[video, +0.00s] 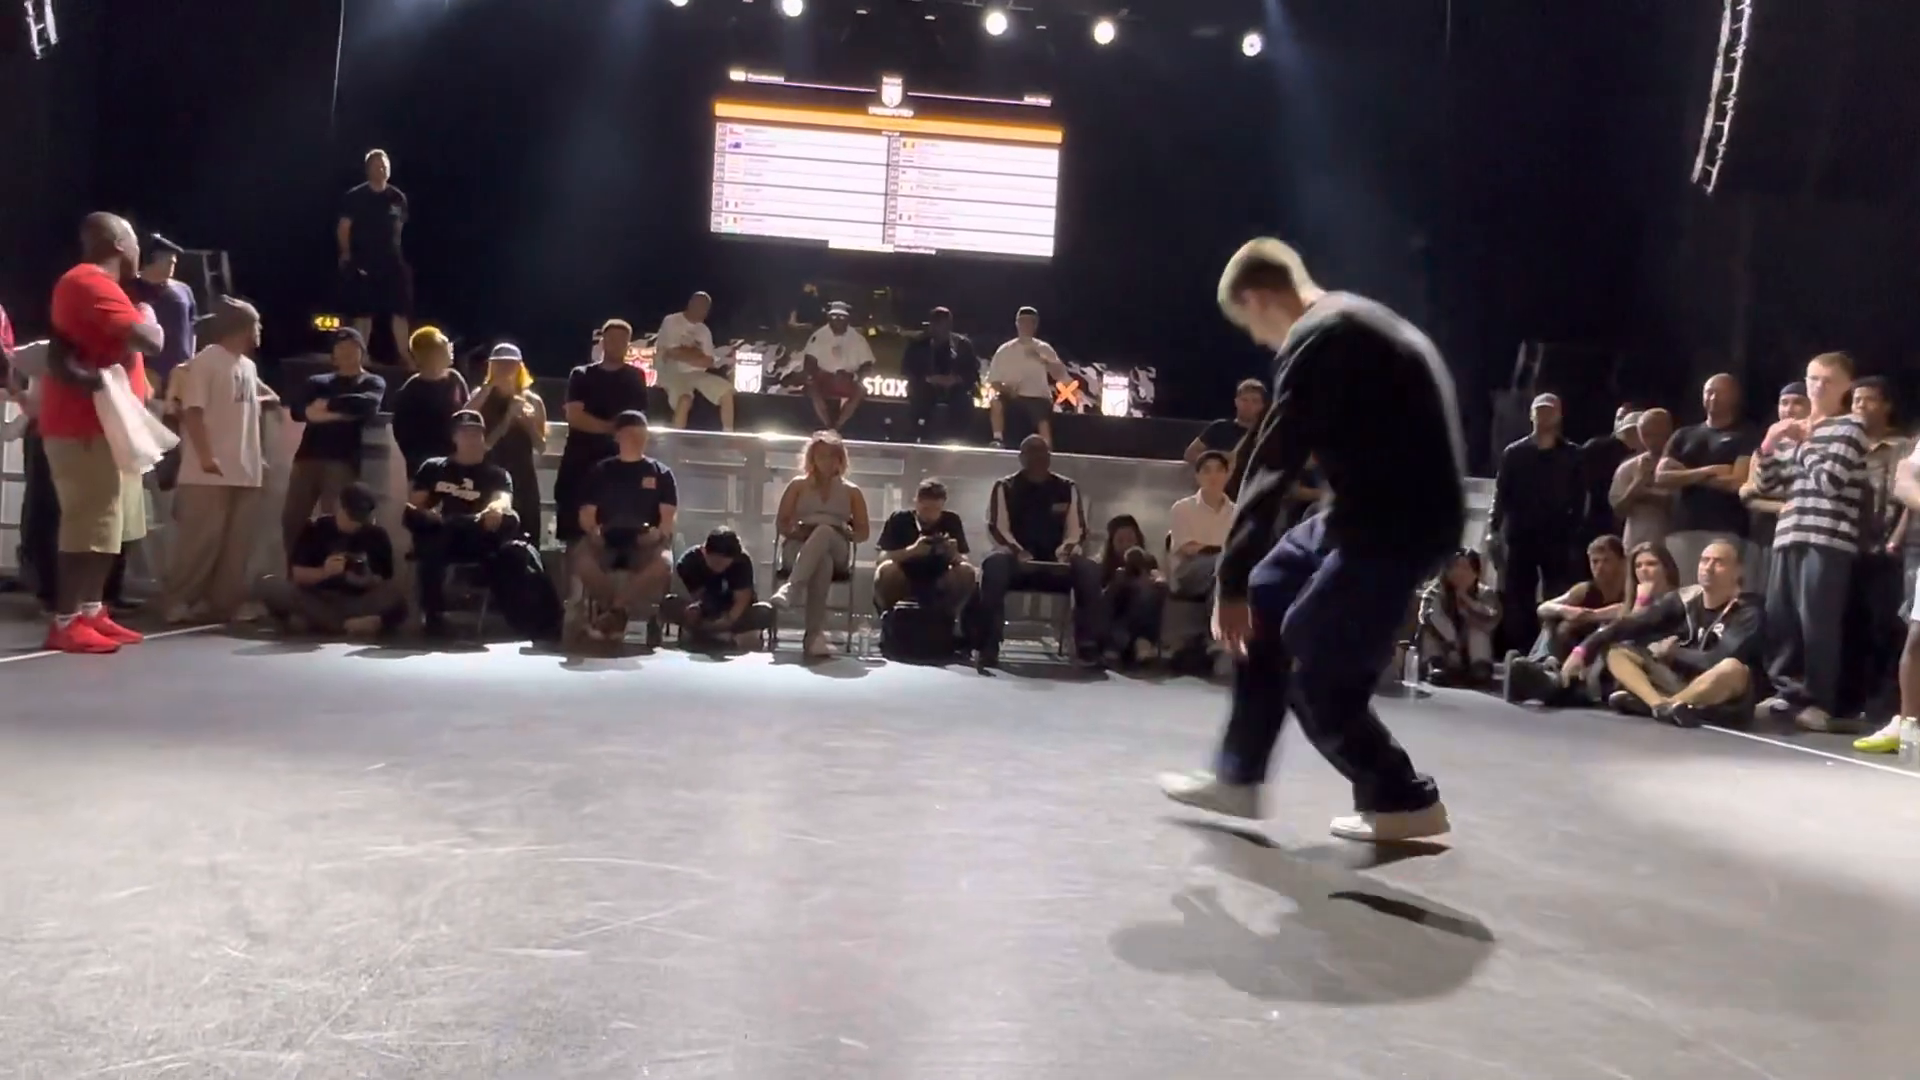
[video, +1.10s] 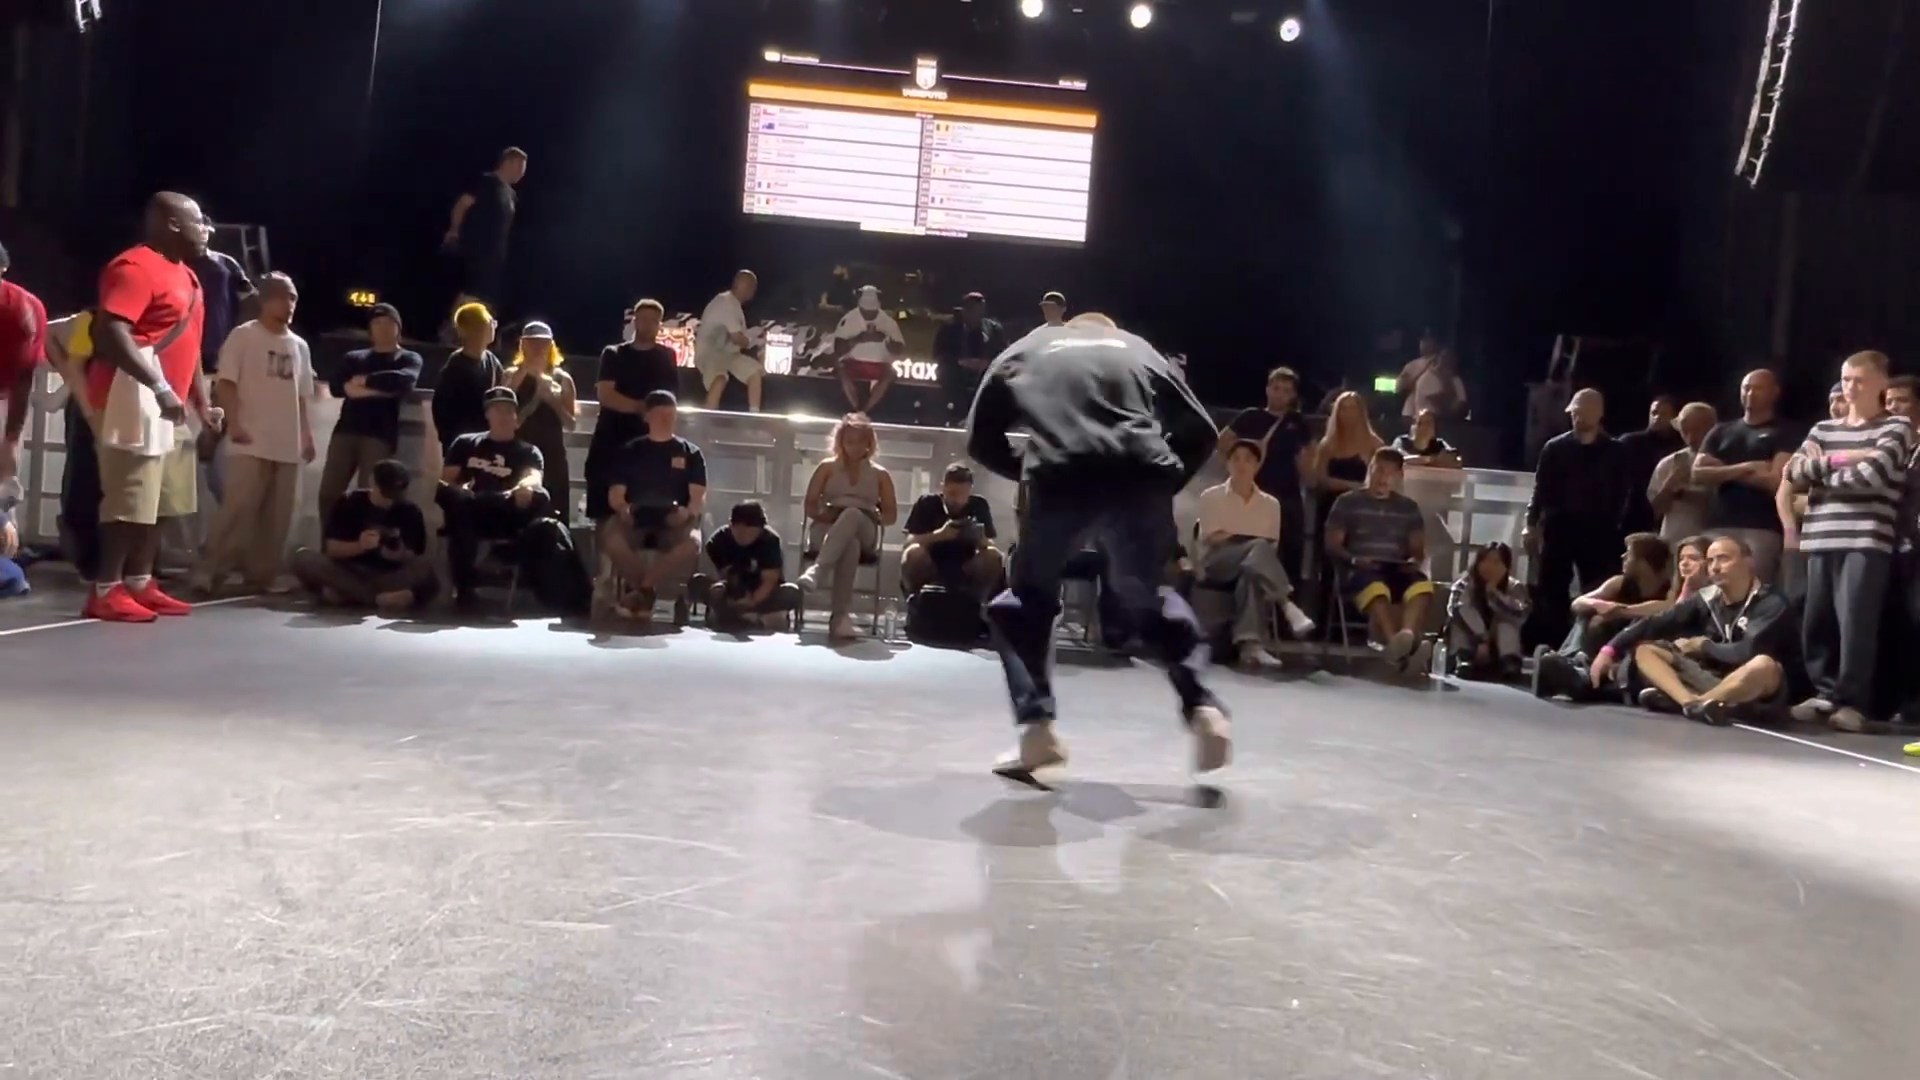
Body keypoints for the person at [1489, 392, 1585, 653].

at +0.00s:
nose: (1543, 416)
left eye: (1548, 411)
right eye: (1538, 411)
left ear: (1559, 416)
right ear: (1531, 416)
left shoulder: (1573, 454)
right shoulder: (1514, 453)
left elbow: (1580, 497)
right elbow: (1502, 493)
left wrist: (1574, 528)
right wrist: (1494, 527)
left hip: (1558, 536)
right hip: (1521, 536)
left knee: (1558, 598)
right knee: (1519, 598)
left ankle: (1557, 655)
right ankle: (1520, 654)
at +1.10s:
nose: (1577, 418)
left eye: (1583, 413)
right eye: (1574, 412)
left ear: (1598, 415)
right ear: (1570, 413)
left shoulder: (1615, 452)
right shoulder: (1554, 448)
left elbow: (1622, 494)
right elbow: (1540, 490)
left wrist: (1615, 526)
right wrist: (1531, 525)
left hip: (1598, 532)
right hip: (1559, 531)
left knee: (1599, 596)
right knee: (1552, 595)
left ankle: (1597, 655)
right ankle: (1550, 651)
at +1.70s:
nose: (1614, 410)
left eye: (1621, 406)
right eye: (1611, 405)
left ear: (1634, 410)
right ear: (1604, 407)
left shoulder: (1645, 449)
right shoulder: (1585, 442)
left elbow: (1648, 494)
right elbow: (1567, 483)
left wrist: (1640, 529)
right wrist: (1553, 518)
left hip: (1621, 531)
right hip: (1582, 528)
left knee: (1618, 595)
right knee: (1558, 586)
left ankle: (1615, 651)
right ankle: (1553, 642)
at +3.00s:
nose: (1658, 409)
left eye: (1658, 403)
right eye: (1653, 402)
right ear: (1637, 402)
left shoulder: (1663, 437)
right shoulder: (1604, 434)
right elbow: (1583, 473)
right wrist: (1578, 511)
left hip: (1648, 520)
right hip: (1608, 520)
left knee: (1643, 581)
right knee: (1583, 578)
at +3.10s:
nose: (1661, 409)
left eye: (1661, 403)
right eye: (1656, 402)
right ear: (1639, 402)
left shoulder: (1664, 436)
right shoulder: (1606, 433)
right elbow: (1584, 474)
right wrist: (1579, 510)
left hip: (1649, 522)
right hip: (1609, 521)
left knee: (1645, 584)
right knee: (1583, 578)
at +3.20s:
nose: (1663, 408)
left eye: (1663, 403)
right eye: (1658, 401)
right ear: (1640, 402)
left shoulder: (1666, 436)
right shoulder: (1607, 433)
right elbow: (1585, 474)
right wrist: (1580, 511)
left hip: (1650, 523)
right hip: (1609, 521)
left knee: (1643, 583)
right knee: (1586, 576)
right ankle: (1565, 628)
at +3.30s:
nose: (1664, 407)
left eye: (1663, 402)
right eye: (1659, 400)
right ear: (1640, 403)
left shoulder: (1667, 437)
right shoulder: (1607, 433)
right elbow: (1584, 472)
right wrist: (1579, 510)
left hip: (1649, 523)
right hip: (1608, 521)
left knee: (1642, 583)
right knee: (1583, 578)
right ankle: (1564, 630)